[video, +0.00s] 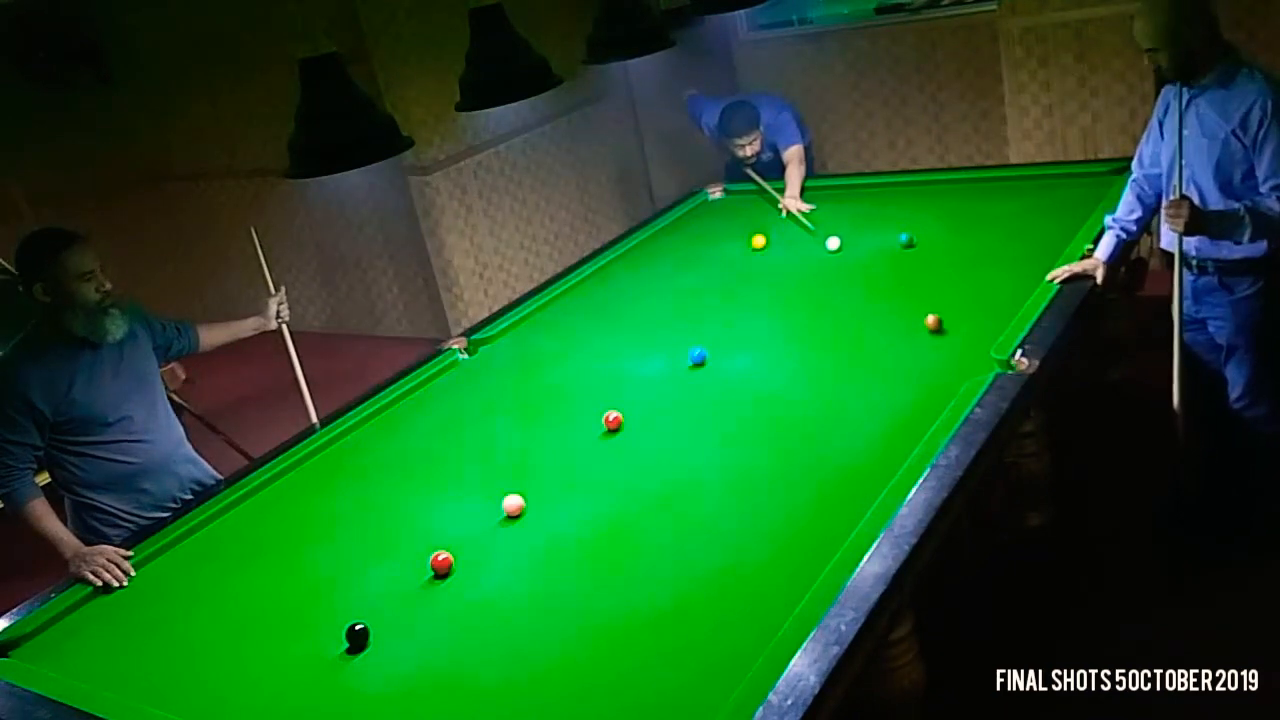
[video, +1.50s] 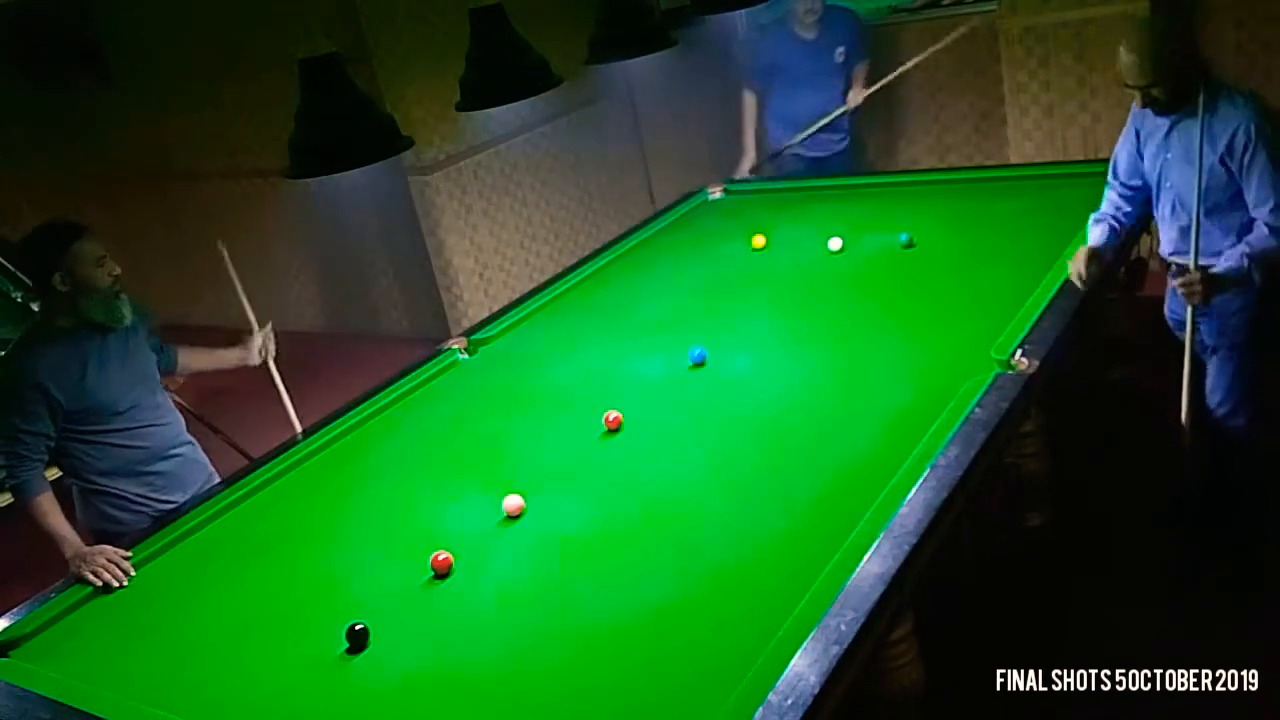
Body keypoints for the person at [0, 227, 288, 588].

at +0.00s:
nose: (104, 285)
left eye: (100, 272)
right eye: (86, 278)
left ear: (104, 269)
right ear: (44, 293)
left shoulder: (132, 325)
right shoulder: (24, 372)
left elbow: (189, 337)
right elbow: (14, 477)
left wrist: (262, 321)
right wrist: (75, 552)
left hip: (205, 504)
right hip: (128, 544)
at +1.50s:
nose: (116, 270)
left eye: (110, 260)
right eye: (99, 264)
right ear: (62, 282)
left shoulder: (127, 319)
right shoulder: (32, 363)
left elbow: (163, 359)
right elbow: (23, 470)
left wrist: (245, 354)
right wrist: (75, 550)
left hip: (203, 491)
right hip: (135, 530)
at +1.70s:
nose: (129, 259)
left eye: (122, 249)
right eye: (113, 253)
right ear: (78, 270)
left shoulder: (124, 312)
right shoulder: (56, 349)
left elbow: (158, 376)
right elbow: (41, 457)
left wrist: (228, 388)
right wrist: (102, 531)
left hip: (205, 486)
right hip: (152, 521)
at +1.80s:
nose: (140, 252)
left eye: (133, 242)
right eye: (124, 245)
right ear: (89, 264)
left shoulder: (128, 308)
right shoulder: (76, 336)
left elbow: (158, 378)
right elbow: (62, 442)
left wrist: (222, 385)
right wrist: (137, 506)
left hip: (208, 479)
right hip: (172, 502)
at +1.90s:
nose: (150, 246)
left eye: (142, 236)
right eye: (134, 239)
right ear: (101, 257)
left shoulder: (134, 304)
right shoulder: (94, 327)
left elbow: (164, 371)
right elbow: (96, 429)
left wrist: (222, 377)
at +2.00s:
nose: (163, 239)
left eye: (156, 228)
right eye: (148, 232)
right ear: (117, 249)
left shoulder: (145, 298)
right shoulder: (114, 315)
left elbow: (168, 364)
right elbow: (127, 414)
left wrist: (222, 364)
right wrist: (222, 450)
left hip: (214, 474)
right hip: (185, 488)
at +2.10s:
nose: (175, 231)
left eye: (169, 221)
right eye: (161, 225)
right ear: (131, 241)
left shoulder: (154, 290)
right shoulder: (136, 301)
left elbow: (174, 363)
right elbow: (156, 398)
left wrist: (223, 352)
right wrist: (244, 431)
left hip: (227, 464)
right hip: (202, 480)